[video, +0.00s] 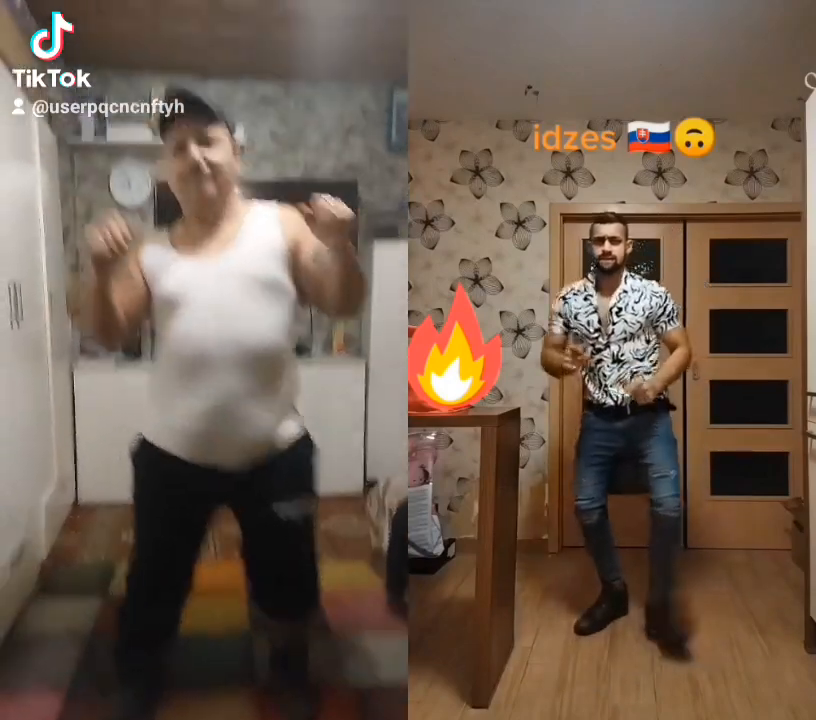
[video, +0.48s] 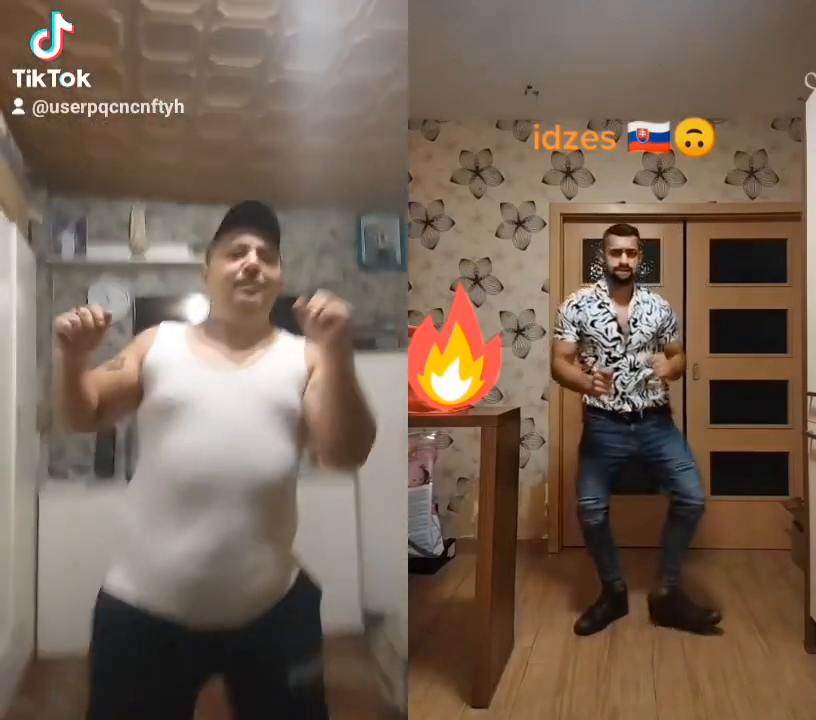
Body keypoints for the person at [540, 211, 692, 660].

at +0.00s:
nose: (606, 248)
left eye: (614, 241)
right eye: (599, 241)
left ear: (628, 247)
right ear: (589, 247)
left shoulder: (652, 295)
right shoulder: (572, 300)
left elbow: (682, 350)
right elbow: (548, 356)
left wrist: (656, 383)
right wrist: (567, 363)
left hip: (649, 418)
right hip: (599, 419)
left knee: (668, 506)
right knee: (587, 505)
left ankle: (660, 612)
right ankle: (613, 592)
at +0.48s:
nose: (624, 260)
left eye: (631, 253)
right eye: (616, 253)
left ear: (640, 257)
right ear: (603, 256)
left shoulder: (659, 308)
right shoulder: (578, 306)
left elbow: (678, 359)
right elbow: (560, 363)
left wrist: (668, 367)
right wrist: (587, 382)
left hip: (657, 424)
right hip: (604, 426)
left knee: (691, 498)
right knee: (590, 508)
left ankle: (667, 595)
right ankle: (613, 595)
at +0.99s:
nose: (657, 256)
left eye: (664, 248)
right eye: (650, 249)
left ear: (675, 252)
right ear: (638, 252)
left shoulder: (698, 296)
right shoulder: (620, 301)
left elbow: (717, 354)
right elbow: (601, 348)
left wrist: (680, 343)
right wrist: (607, 375)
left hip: (683, 414)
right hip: (633, 412)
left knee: (695, 500)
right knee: (612, 492)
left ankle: (680, 577)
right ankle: (616, 590)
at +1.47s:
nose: (661, 286)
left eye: (668, 279)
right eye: (654, 279)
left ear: (680, 274)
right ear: (645, 275)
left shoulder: (706, 310)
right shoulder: (636, 321)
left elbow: (725, 367)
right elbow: (628, 368)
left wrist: (693, 393)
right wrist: (620, 390)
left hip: (686, 426)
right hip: (639, 421)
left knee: (693, 511)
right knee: (602, 484)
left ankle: (680, 578)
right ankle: (623, 585)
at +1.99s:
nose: (649, 285)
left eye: (655, 278)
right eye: (642, 278)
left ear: (661, 276)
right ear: (626, 274)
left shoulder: (678, 309)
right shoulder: (600, 312)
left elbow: (701, 354)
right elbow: (580, 361)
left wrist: (700, 382)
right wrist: (587, 373)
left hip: (671, 418)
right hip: (622, 418)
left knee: (684, 495)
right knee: (586, 487)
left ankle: (676, 576)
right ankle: (609, 567)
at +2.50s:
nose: (614, 279)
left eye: (619, 272)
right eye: (607, 271)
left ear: (627, 273)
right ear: (591, 271)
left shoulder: (643, 302)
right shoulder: (575, 316)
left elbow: (668, 353)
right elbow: (553, 366)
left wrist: (646, 337)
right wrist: (562, 386)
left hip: (641, 413)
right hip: (597, 415)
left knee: (672, 481)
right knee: (592, 493)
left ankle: (655, 572)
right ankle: (605, 569)